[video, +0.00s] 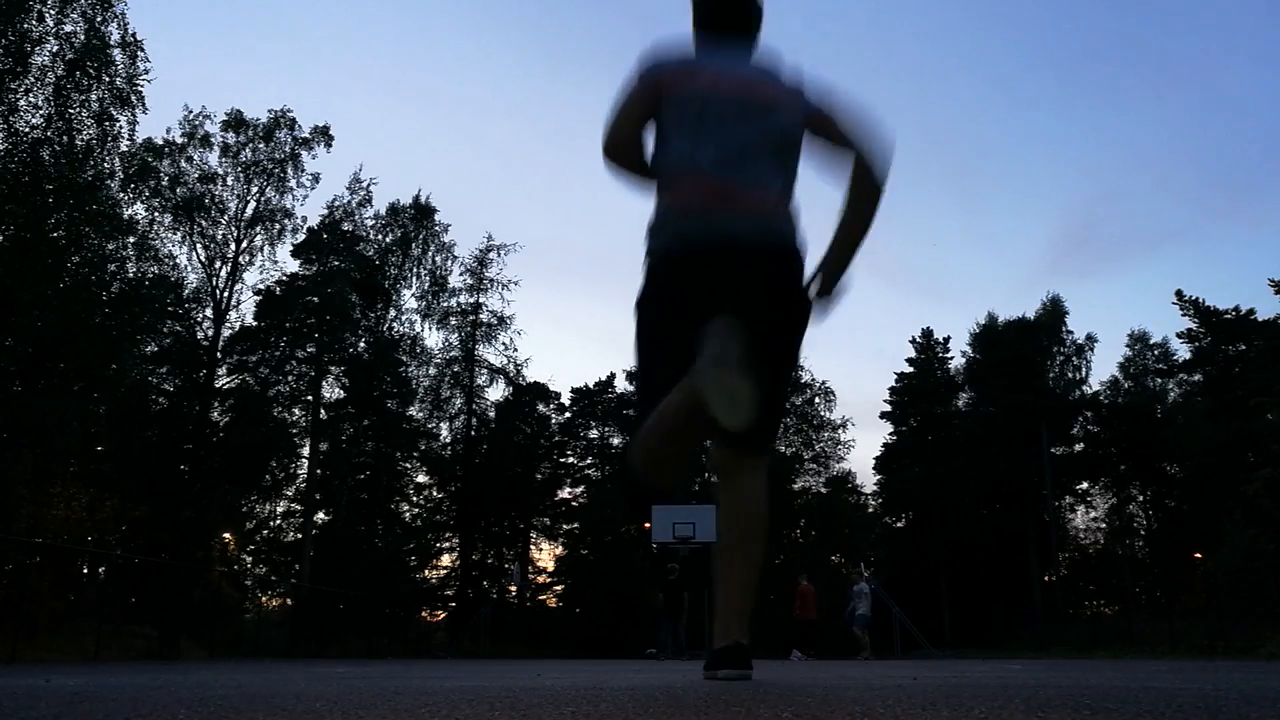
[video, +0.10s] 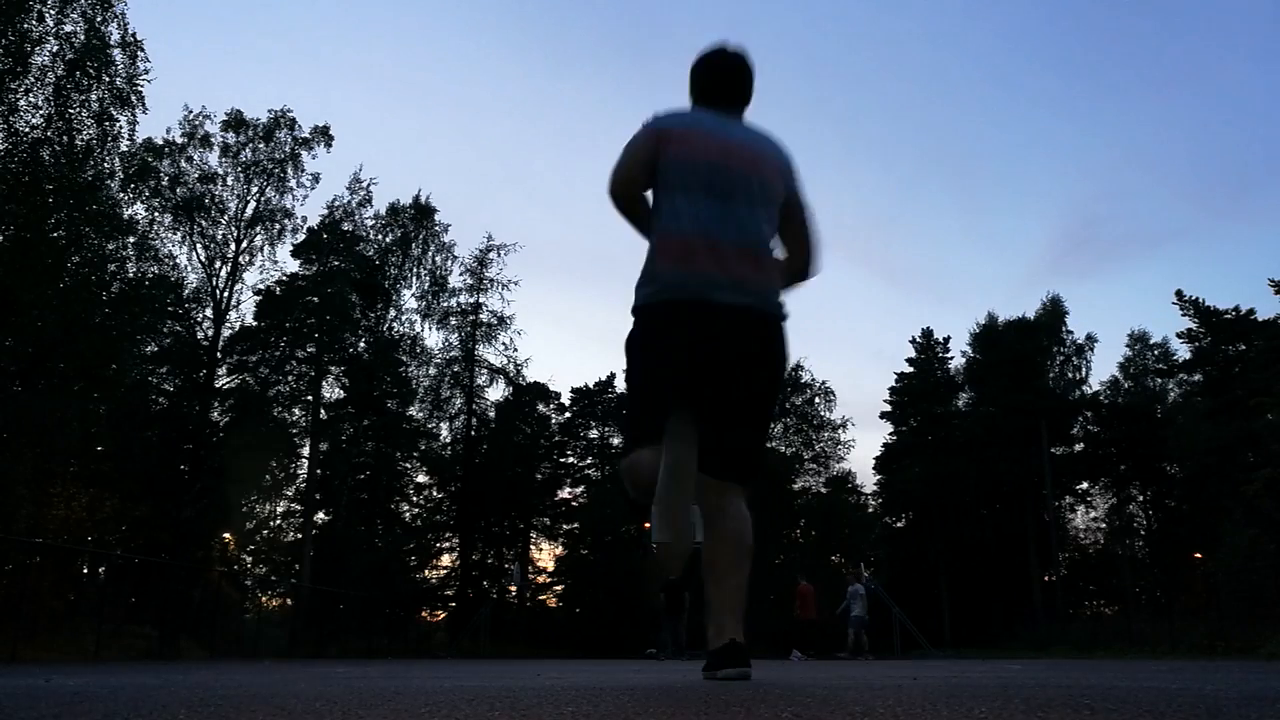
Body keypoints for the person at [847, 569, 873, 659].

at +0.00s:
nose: (854, 579)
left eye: (856, 577)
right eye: (854, 577)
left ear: (859, 577)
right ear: (854, 578)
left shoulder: (864, 586)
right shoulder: (855, 587)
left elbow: (868, 599)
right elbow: (855, 601)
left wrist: (867, 610)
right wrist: (849, 609)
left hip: (864, 611)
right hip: (858, 611)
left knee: (857, 628)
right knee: (864, 632)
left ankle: (865, 650)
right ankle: (866, 652)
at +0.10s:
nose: (849, 581)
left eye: (850, 579)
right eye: (848, 579)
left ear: (854, 579)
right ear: (849, 580)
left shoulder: (859, 587)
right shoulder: (850, 589)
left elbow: (864, 600)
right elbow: (847, 601)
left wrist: (864, 611)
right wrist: (840, 609)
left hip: (859, 613)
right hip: (853, 613)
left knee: (851, 631)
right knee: (861, 633)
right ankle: (865, 651)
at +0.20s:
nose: (843, 581)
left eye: (844, 579)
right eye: (843, 579)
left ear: (848, 580)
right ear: (844, 580)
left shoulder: (854, 589)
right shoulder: (844, 589)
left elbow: (858, 602)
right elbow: (841, 601)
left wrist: (860, 613)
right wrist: (833, 609)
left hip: (853, 614)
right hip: (847, 614)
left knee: (845, 632)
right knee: (857, 633)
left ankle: (838, 651)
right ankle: (865, 651)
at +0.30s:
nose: (837, 582)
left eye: (838, 580)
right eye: (836, 580)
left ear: (842, 580)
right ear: (838, 581)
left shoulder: (847, 589)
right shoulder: (838, 590)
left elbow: (852, 602)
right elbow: (835, 602)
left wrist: (854, 613)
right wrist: (829, 610)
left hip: (846, 614)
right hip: (840, 614)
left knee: (837, 632)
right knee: (849, 633)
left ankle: (835, 653)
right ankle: (862, 649)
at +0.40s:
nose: (831, 580)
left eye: (832, 579)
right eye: (831, 579)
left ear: (835, 579)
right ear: (832, 580)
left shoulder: (841, 588)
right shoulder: (832, 588)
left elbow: (845, 601)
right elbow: (831, 601)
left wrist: (846, 611)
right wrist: (826, 611)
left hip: (840, 613)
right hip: (833, 613)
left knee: (835, 632)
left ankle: (834, 653)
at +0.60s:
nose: (820, 579)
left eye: (821, 577)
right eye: (819, 577)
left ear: (823, 577)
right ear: (822, 577)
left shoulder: (829, 587)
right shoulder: (824, 587)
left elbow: (829, 602)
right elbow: (825, 601)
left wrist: (823, 611)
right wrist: (822, 610)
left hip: (829, 614)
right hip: (824, 614)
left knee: (830, 632)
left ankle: (832, 652)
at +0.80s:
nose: (807, 582)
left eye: (808, 580)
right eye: (807, 580)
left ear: (811, 580)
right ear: (812, 580)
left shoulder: (816, 589)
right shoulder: (813, 589)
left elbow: (814, 602)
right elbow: (813, 602)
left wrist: (806, 609)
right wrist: (806, 610)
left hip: (818, 615)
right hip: (813, 615)